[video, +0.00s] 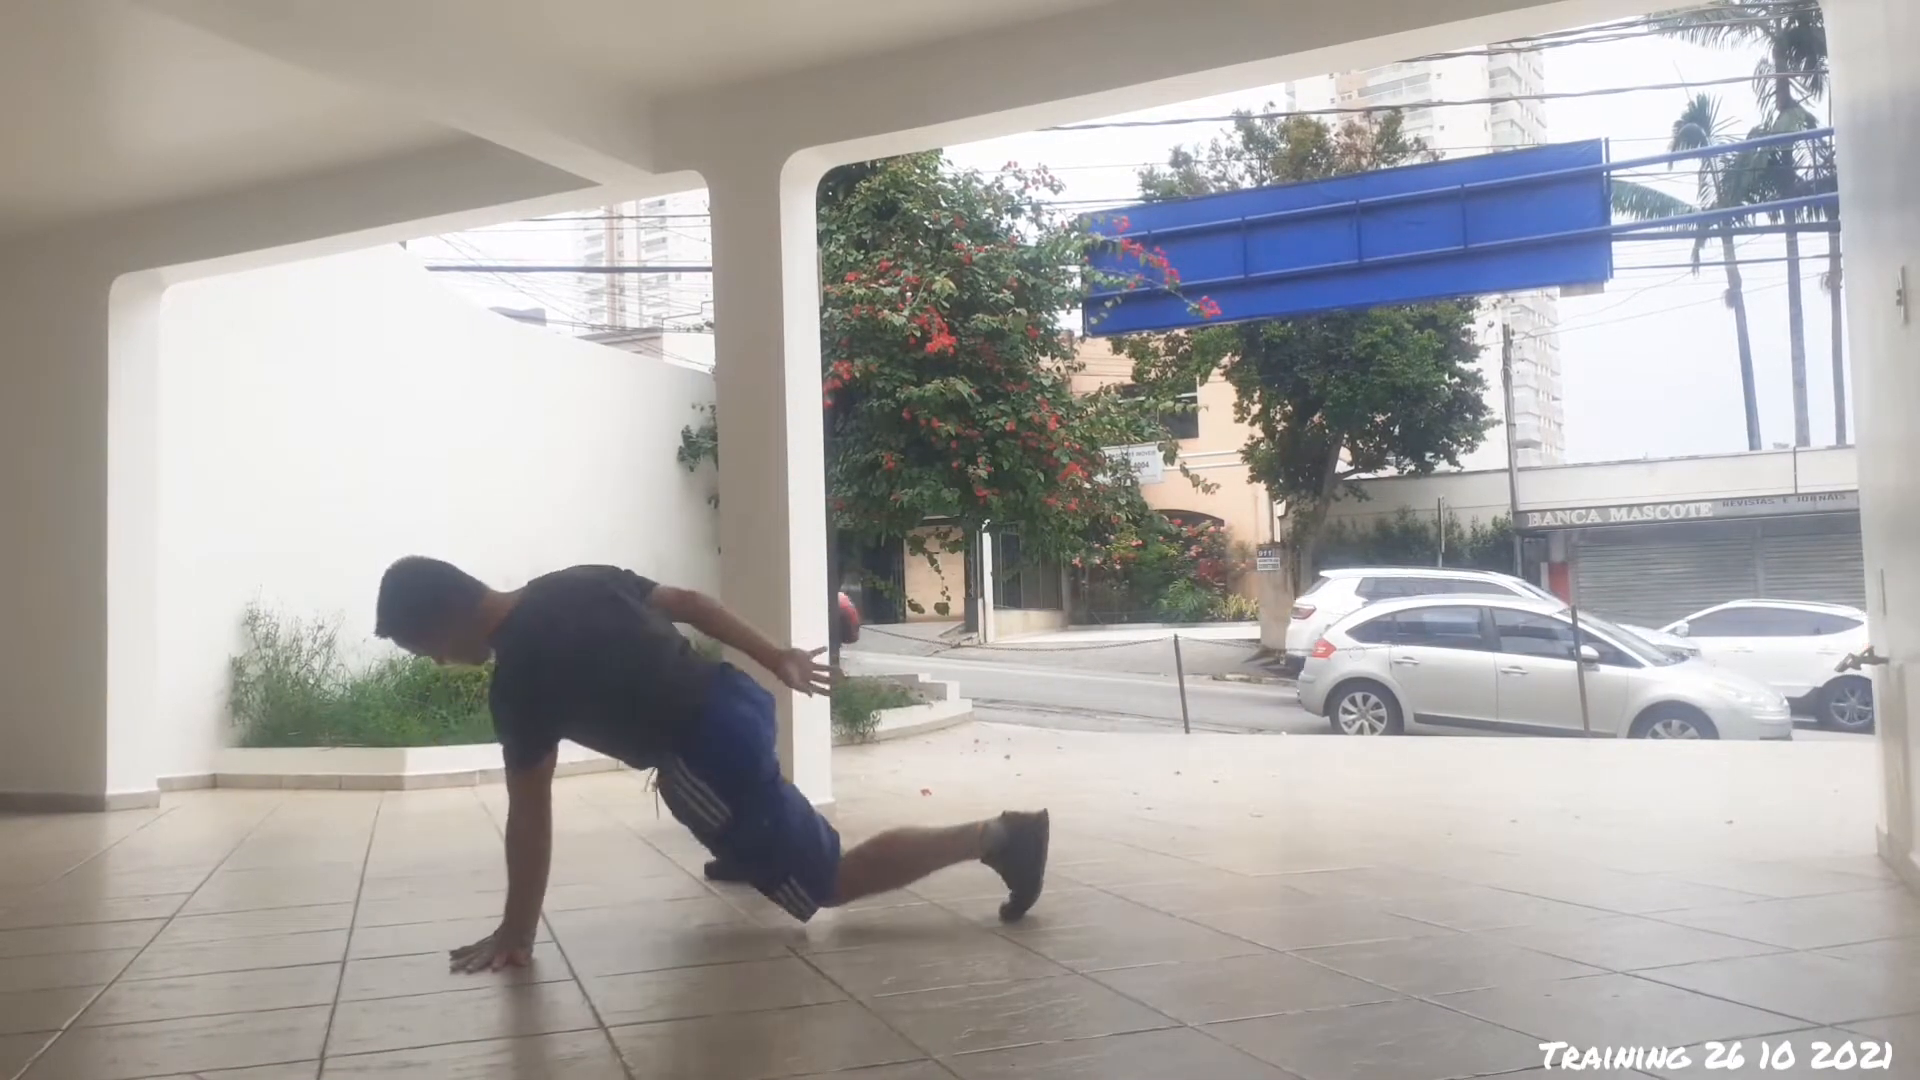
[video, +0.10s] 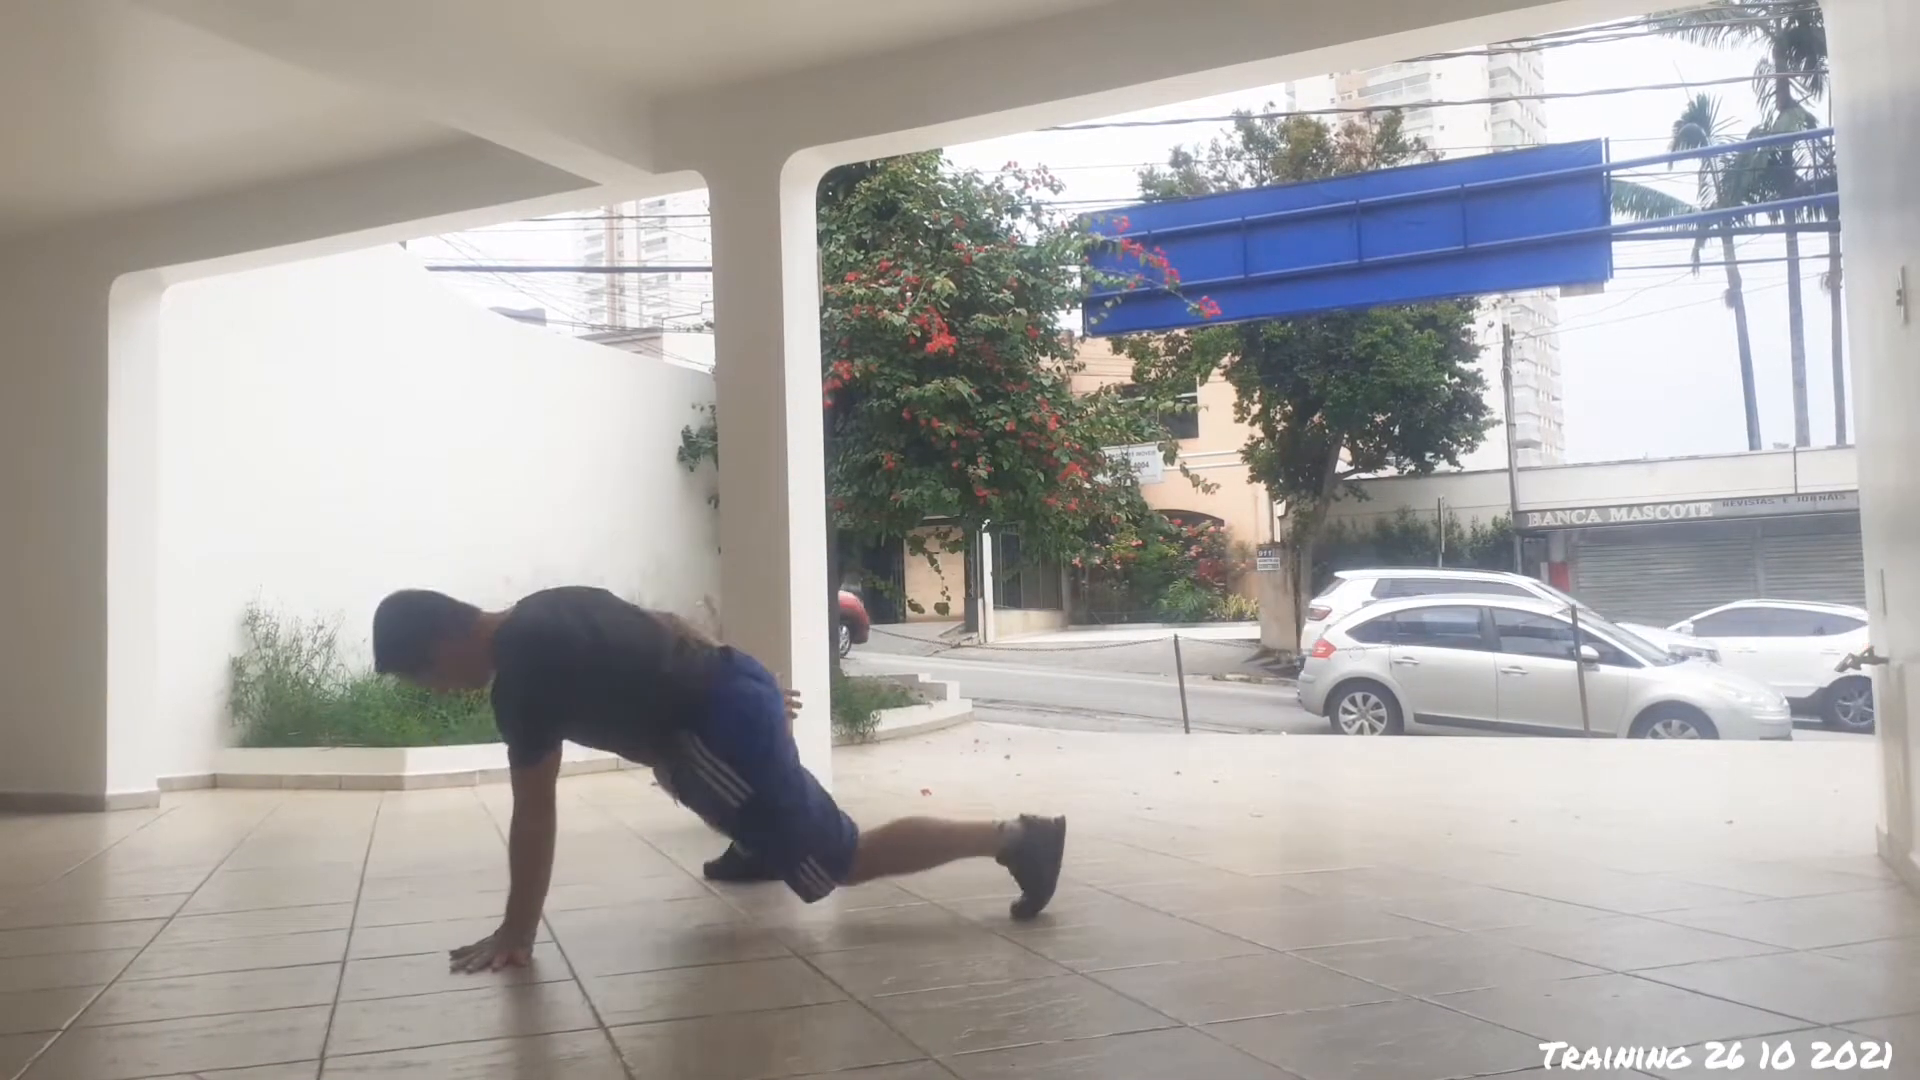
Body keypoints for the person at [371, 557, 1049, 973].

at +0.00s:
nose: (439, 662)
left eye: (428, 650)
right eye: (425, 652)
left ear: (442, 623)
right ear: (466, 583)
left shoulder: (519, 675)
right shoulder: (572, 581)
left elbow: (530, 812)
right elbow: (689, 604)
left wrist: (515, 932)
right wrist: (776, 658)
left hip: (711, 751)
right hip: (743, 691)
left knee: (827, 875)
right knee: (696, 781)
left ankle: (999, 839)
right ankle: (754, 859)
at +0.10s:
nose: (439, 693)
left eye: (427, 680)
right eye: (424, 685)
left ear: (444, 645)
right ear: (460, 613)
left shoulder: (523, 671)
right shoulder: (551, 605)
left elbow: (534, 816)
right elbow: (670, 628)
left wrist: (516, 935)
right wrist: (755, 680)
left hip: (727, 726)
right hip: (738, 679)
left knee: (834, 856)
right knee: (678, 756)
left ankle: (1013, 840)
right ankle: (764, 848)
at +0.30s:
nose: (439, 736)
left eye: (421, 727)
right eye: (422, 732)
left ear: (428, 692)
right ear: (434, 670)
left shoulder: (511, 670)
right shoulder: (515, 636)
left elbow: (538, 814)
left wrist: (515, 934)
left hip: (718, 649)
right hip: (715, 629)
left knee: (843, 768)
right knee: (723, 739)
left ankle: (1017, 834)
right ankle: (761, 847)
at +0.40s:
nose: (456, 750)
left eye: (442, 741)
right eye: (442, 748)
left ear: (444, 700)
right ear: (447, 686)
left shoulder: (517, 673)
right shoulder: (516, 654)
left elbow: (543, 813)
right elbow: (545, 808)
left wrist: (516, 931)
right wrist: (522, 916)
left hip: (722, 621)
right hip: (708, 617)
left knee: (837, 742)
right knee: (731, 734)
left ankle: (970, 856)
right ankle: (767, 847)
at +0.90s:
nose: (543, 791)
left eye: (530, 789)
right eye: (531, 793)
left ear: (523, 750)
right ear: (520, 736)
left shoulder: (587, 705)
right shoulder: (576, 687)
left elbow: (574, 828)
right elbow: (576, 824)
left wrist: (519, 930)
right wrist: (524, 926)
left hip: (783, 601)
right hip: (752, 604)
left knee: (844, 739)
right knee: (769, 734)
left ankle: (914, 894)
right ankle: (767, 844)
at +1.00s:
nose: (573, 792)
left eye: (558, 788)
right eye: (561, 792)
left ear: (548, 751)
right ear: (549, 736)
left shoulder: (611, 702)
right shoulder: (604, 683)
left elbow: (588, 828)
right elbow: (589, 823)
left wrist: (521, 929)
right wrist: (528, 923)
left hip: (803, 598)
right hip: (772, 595)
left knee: (857, 735)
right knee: (777, 727)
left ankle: (915, 894)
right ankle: (767, 844)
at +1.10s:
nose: (590, 791)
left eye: (575, 788)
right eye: (579, 791)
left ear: (571, 749)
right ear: (570, 738)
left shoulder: (632, 703)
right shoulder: (630, 668)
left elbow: (604, 830)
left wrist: (534, 928)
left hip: (824, 597)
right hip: (789, 590)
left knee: (872, 735)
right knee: (787, 724)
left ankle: (918, 896)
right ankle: (767, 843)